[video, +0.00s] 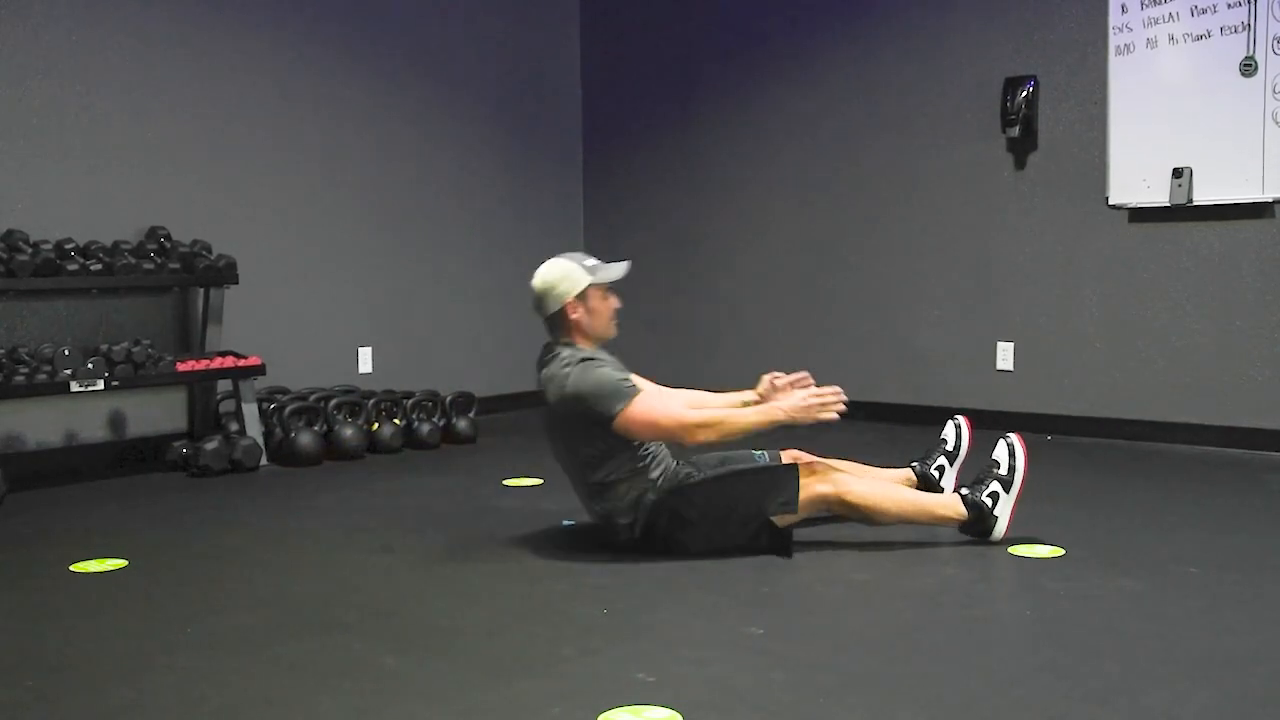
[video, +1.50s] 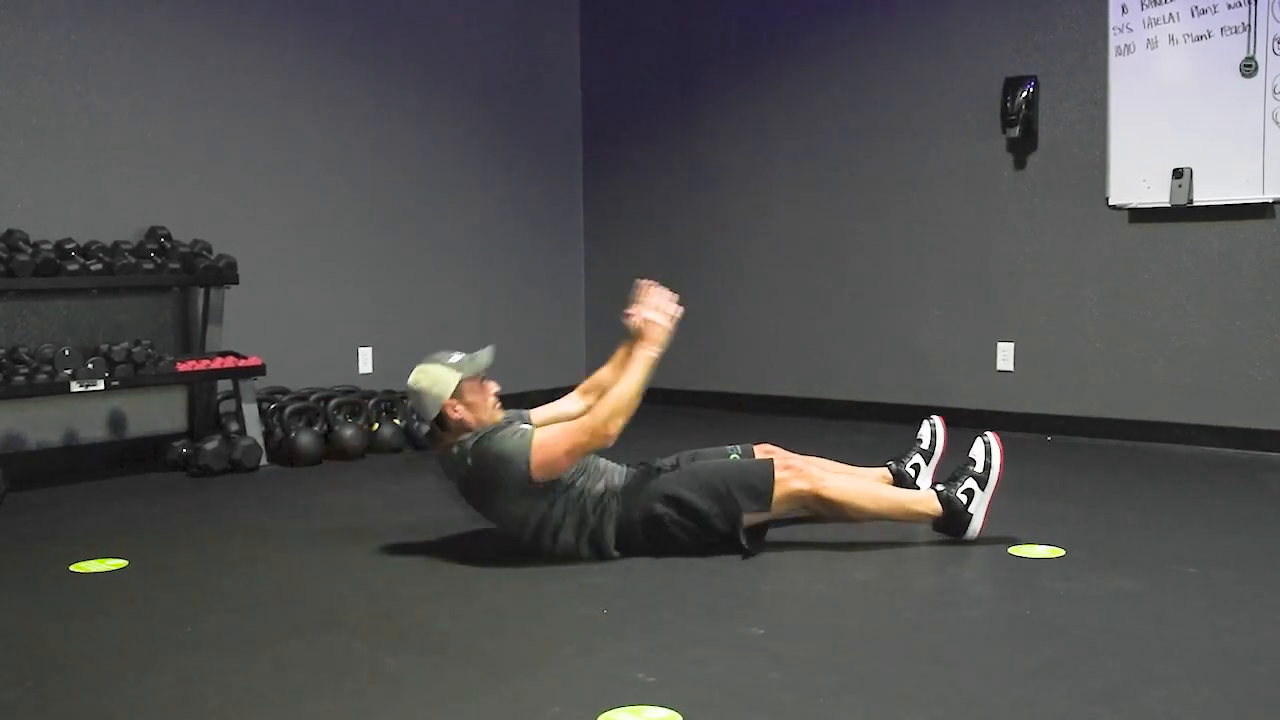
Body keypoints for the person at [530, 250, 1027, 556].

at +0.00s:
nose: (614, 301)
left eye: (609, 291)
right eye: (603, 294)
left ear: (575, 310)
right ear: (573, 310)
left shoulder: (587, 361)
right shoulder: (581, 377)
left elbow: (672, 402)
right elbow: (687, 430)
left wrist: (753, 395)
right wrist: (780, 414)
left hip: (661, 481)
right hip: (650, 508)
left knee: (804, 462)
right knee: (823, 487)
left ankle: (926, 475)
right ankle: (976, 512)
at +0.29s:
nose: (511, 355)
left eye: (503, 348)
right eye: (498, 354)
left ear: (485, 373)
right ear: (474, 381)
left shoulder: (517, 407)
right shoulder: (505, 438)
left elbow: (608, 402)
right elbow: (613, 437)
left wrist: (668, 352)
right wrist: (684, 363)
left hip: (643, 480)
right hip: (634, 512)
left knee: (778, 469)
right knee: (800, 500)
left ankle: (908, 482)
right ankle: (953, 516)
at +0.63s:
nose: (413, 447)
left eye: (403, 442)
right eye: (400, 454)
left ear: (414, 451)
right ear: (399, 486)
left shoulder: (453, 483)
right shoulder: (458, 516)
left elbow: (516, 419)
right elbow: (513, 434)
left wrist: (454, 363)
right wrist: (450, 372)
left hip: (629, 485)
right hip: (629, 508)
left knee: (772, 466)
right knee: (788, 493)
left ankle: (899, 485)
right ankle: (940, 516)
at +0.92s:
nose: (382, 489)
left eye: (377, 483)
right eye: (375, 490)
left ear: (388, 492)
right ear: (382, 512)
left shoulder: (439, 504)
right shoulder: (433, 528)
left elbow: (398, 424)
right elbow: (390, 426)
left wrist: (341, 485)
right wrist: (319, 498)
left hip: (621, 486)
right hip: (621, 514)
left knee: (771, 469)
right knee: (783, 490)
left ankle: (896, 490)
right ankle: (938, 515)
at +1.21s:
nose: (387, 471)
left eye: (376, 471)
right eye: (376, 477)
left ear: (385, 480)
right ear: (386, 502)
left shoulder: (435, 495)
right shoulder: (437, 520)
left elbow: (444, 409)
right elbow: (444, 413)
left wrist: (359, 414)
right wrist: (358, 419)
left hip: (622, 485)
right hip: (623, 512)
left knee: (767, 462)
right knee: (787, 485)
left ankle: (897, 486)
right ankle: (938, 512)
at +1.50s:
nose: (492, 385)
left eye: (484, 378)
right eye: (477, 382)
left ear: (457, 405)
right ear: (453, 409)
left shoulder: (495, 436)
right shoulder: (489, 457)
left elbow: (583, 400)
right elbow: (598, 428)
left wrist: (639, 335)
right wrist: (652, 340)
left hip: (632, 489)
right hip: (626, 516)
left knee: (772, 455)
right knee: (796, 480)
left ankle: (901, 479)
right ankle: (948, 508)